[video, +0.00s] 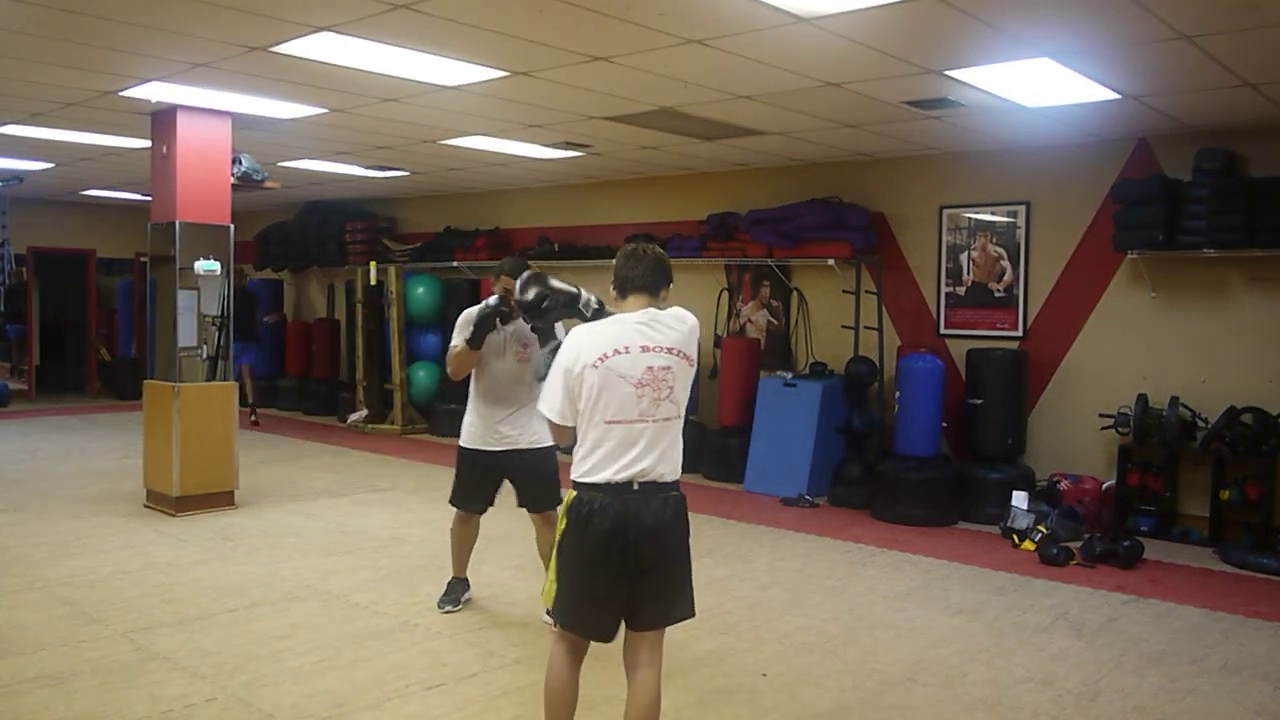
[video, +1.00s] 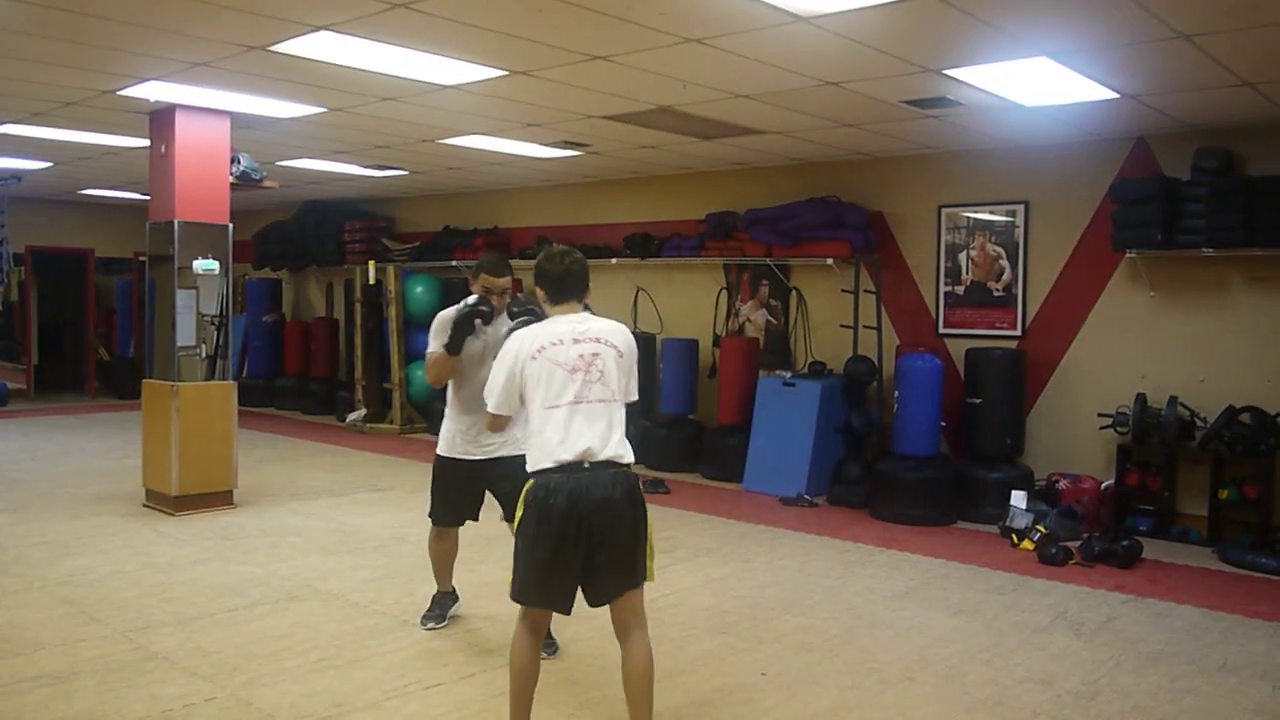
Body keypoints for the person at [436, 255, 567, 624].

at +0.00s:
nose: (509, 297)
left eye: (516, 291)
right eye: (504, 289)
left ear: (530, 290)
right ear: (494, 284)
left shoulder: (543, 318)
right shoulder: (473, 317)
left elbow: (565, 366)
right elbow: (454, 371)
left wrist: (547, 332)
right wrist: (481, 331)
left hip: (533, 438)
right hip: (480, 438)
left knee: (547, 516)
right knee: (466, 512)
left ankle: (557, 597)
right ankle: (458, 581)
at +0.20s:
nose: (525, 298)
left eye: (534, 291)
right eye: (519, 287)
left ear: (546, 289)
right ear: (508, 280)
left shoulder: (560, 320)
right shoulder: (487, 314)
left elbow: (569, 378)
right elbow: (466, 371)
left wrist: (550, 341)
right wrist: (494, 337)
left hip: (541, 438)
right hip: (488, 434)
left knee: (552, 520)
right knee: (460, 511)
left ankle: (559, 588)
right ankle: (460, 571)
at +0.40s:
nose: (521, 297)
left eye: (530, 291)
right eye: (514, 288)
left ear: (542, 287)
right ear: (502, 281)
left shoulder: (555, 320)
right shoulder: (479, 313)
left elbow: (570, 373)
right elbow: (458, 369)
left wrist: (547, 331)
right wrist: (488, 330)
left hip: (538, 443)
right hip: (484, 441)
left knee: (548, 522)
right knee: (463, 518)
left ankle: (560, 599)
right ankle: (450, 594)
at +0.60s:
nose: (502, 298)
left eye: (511, 291)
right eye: (496, 288)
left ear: (522, 290)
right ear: (481, 283)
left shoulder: (533, 321)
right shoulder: (456, 317)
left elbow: (552, 377)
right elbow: (439, 372)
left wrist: (533, 338)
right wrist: (471, 336)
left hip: (521, 446)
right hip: (464, 446)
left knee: (540, 523)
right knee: (451, 523)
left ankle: (553, 600)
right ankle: (447, 597)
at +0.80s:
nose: (491, 296)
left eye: (499, 290)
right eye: (485, 288)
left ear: (510, 286)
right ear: (468, 280)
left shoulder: (518, 317)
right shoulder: (443, 315)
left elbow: (538, 372)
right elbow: (428, 371)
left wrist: (524, 334)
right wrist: (459, 330)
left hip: (512, 437)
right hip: (456, 441)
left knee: (539, 520)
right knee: (446, 522)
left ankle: (550, 609)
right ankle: (446, 595)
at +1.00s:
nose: (497, 299)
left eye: (504, 292)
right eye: (489, 291)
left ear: (513, 287)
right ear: (472, 283)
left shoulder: (523, 319)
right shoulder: (449, 319)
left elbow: (546, 370)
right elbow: (435, 376)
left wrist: (537, 332)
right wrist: (460, 333)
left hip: (512, 446)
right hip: (457, 447)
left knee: (533, 532)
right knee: (443, 526)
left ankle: (540, 623)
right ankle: (444, 593)